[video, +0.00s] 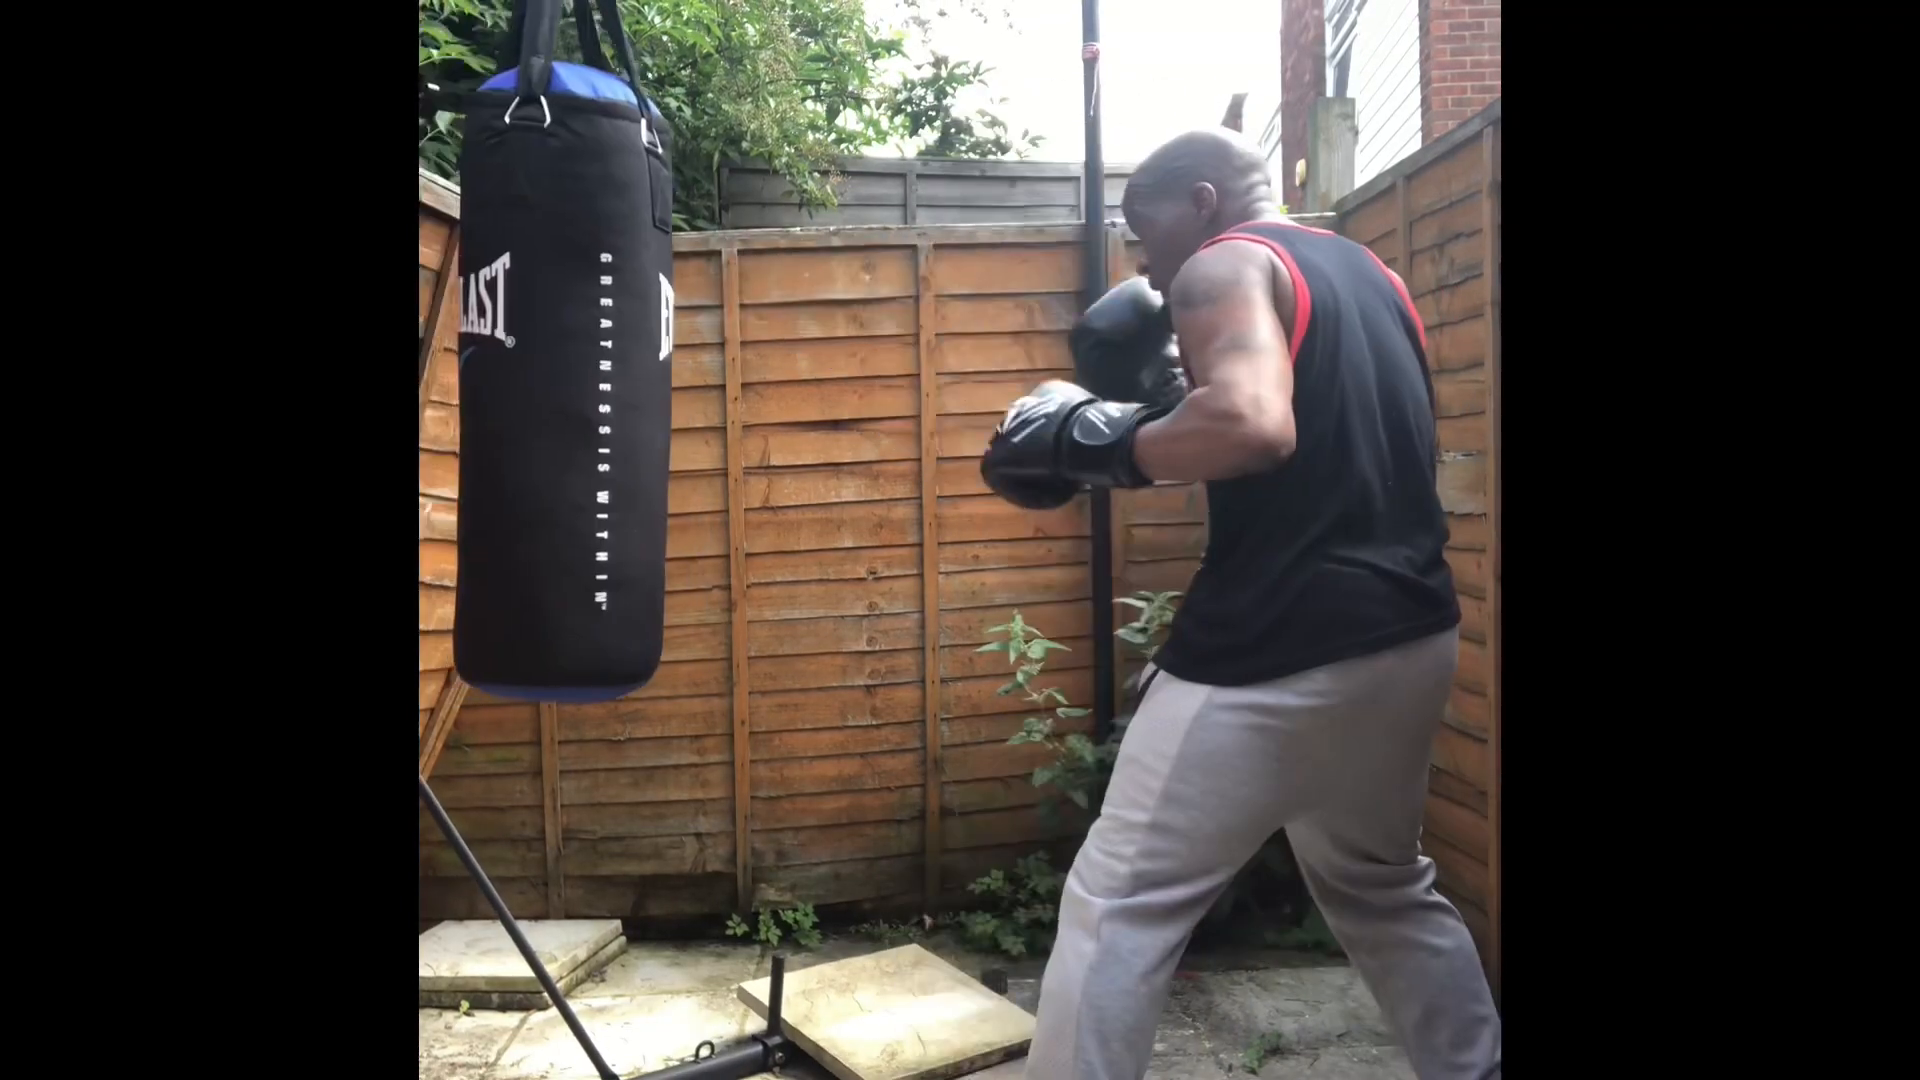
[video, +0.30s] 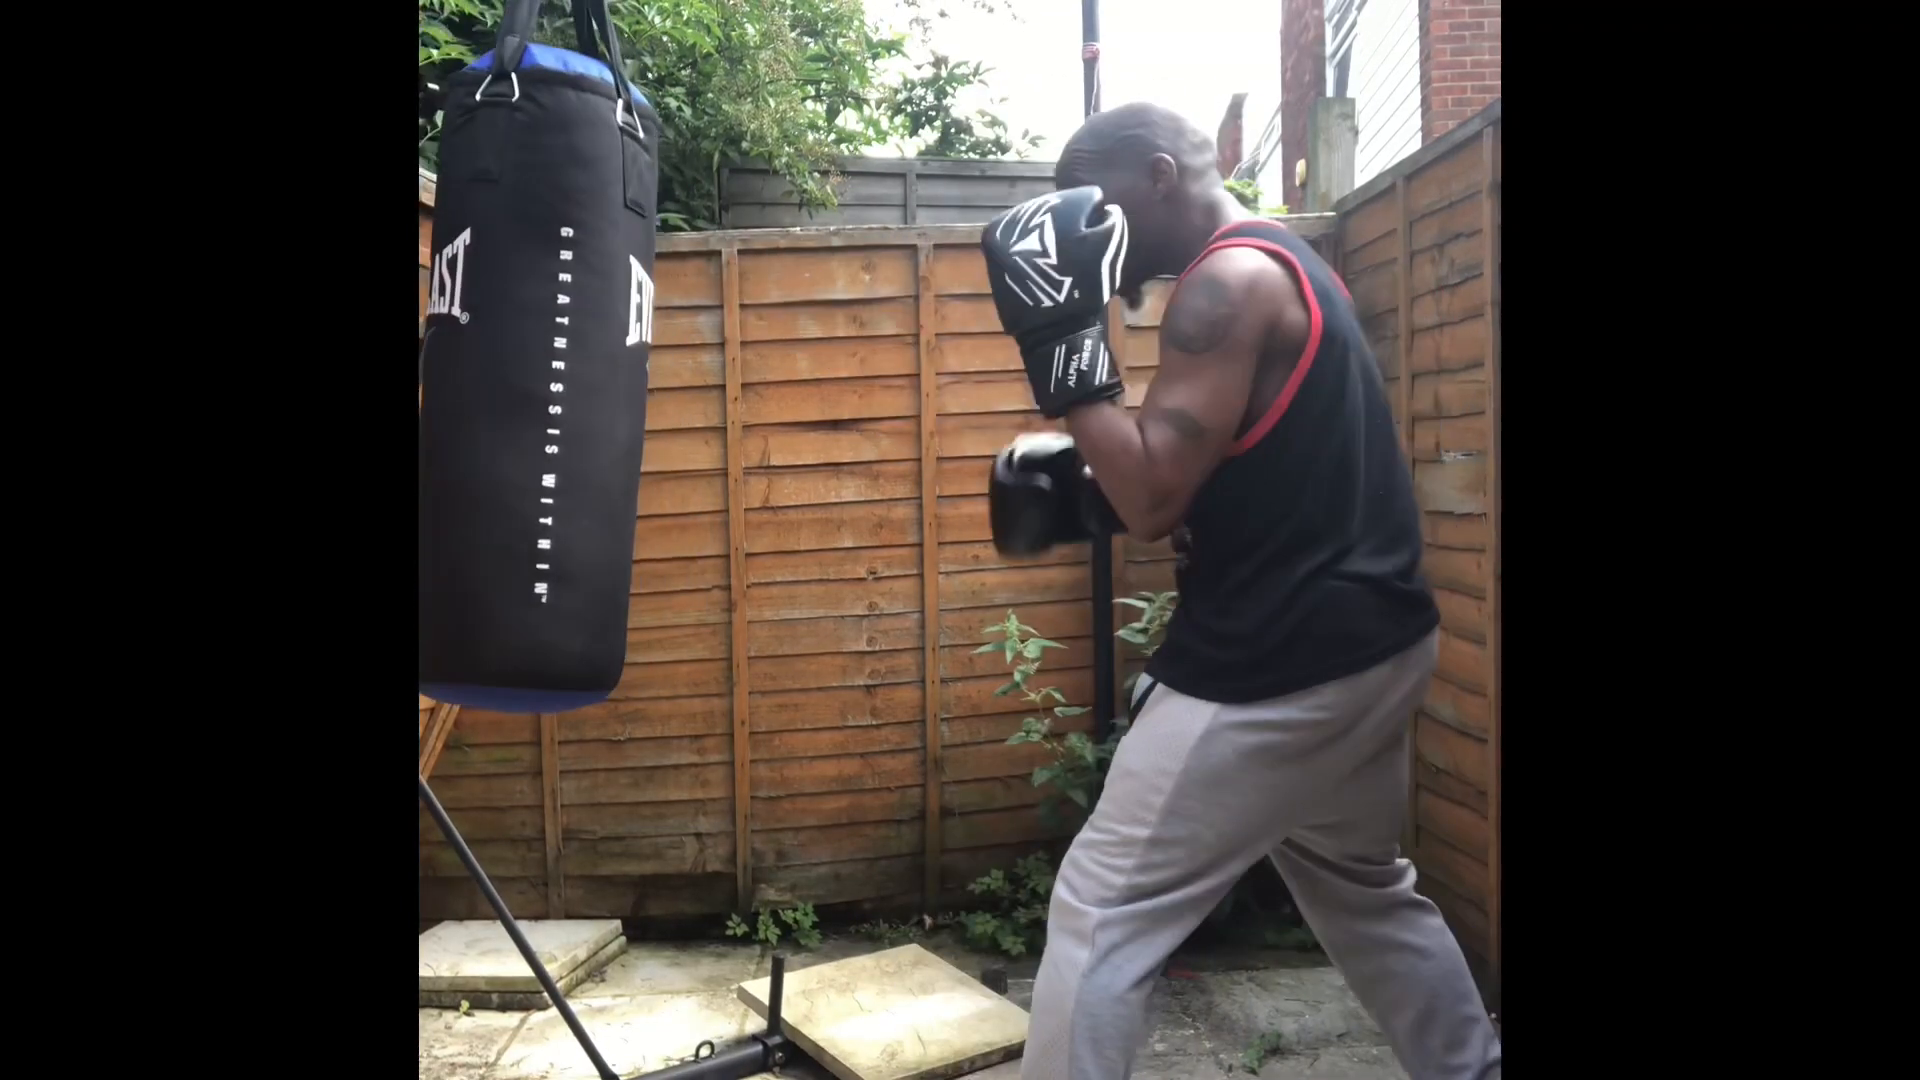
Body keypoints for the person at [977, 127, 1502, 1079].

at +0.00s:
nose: (1142, 260)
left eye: (1144, 233)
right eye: (1135, 238)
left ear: (1206, 204)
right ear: (1241, 201)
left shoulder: (1225, 266)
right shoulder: (1371, 271)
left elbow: (1252, 422)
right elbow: (1358, 410)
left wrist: (1097, 439)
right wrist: (1185, 360)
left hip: (1270, 647)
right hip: (1410, 638)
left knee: (1116, 908)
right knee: (1381, 882)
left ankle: (1068, 1071)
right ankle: (1476, 1066)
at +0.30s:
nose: (1098, 236)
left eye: (1101, 207)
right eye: (1086, 216)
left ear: (1162, 179)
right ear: (1181, 181)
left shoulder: (1230, 279)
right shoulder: (1283, 259)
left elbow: (1146, 494)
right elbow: (1255, 473)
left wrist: (1063, 339)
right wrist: (1102, 492)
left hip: (1267, 657)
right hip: (1372, 631)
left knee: (1100, 913)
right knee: (1362, 886)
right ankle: (1472, 1066)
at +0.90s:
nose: (1094, 213)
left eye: (1101, 187)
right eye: (1091, 189)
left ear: (1165, 173)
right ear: (1209, 176)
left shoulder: (1180, 254)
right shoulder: (1325, 257)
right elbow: (1279, 405)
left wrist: (1006, 332)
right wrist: (1132, 400)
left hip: (1232, 649)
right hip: (1379, 626)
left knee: (1079, 892)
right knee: (1388, 879)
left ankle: (1042, 1070)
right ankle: (1479, 1062)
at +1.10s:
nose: (1055, 273)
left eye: (1060, 253)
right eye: (1055, 256)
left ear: (1102, 226)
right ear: (1171, 204)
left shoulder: (1129, 249)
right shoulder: (1300, 283)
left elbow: (940, 335)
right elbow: (1234, 460)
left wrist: (833, 265)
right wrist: (1095, 415)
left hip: (1218, 675)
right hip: (1371, 655)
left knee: (1048, 900)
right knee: (1365, 877)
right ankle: (1480, 1056)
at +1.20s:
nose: (1056, 262)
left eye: (1061, 233)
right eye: (1049, 240)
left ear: (1129, 210)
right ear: (1156, 210)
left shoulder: (1175, 278)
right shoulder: (1261, 277)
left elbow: (1065, 471)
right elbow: (1167, 432)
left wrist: (968, 345)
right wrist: (1050, 366)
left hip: (1234, 676)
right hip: (1351, 654)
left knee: (1049, 895)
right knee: (1333, 887)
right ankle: (1470, 1065)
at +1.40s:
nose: (1061, 280)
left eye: (1068, 248)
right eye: (1049, 258)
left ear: (1143, 209)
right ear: (1135, 218)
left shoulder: (1266, 328)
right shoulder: (1138, 330)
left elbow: (1202, 549)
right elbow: (1108, 498)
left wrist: (1082, 405)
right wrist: (992, 463)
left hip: (1265, 683)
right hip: (1225, 672)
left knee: (1061, 895)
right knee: (1298, 908)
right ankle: (1468, 1064)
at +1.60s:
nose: (1060, 241)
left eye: (1069, 214)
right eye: (1054, 219)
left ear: (1150, 200)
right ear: (1161, 205)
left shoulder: (1219, 297)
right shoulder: (1232, 283)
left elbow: (1272, 509)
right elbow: (1160, 483)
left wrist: (1096, 483)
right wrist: (1093, 342)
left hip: (1256, 680)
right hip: (1340, 662)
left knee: (1083, 901)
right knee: (1326, 883)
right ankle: (1473, 1062)